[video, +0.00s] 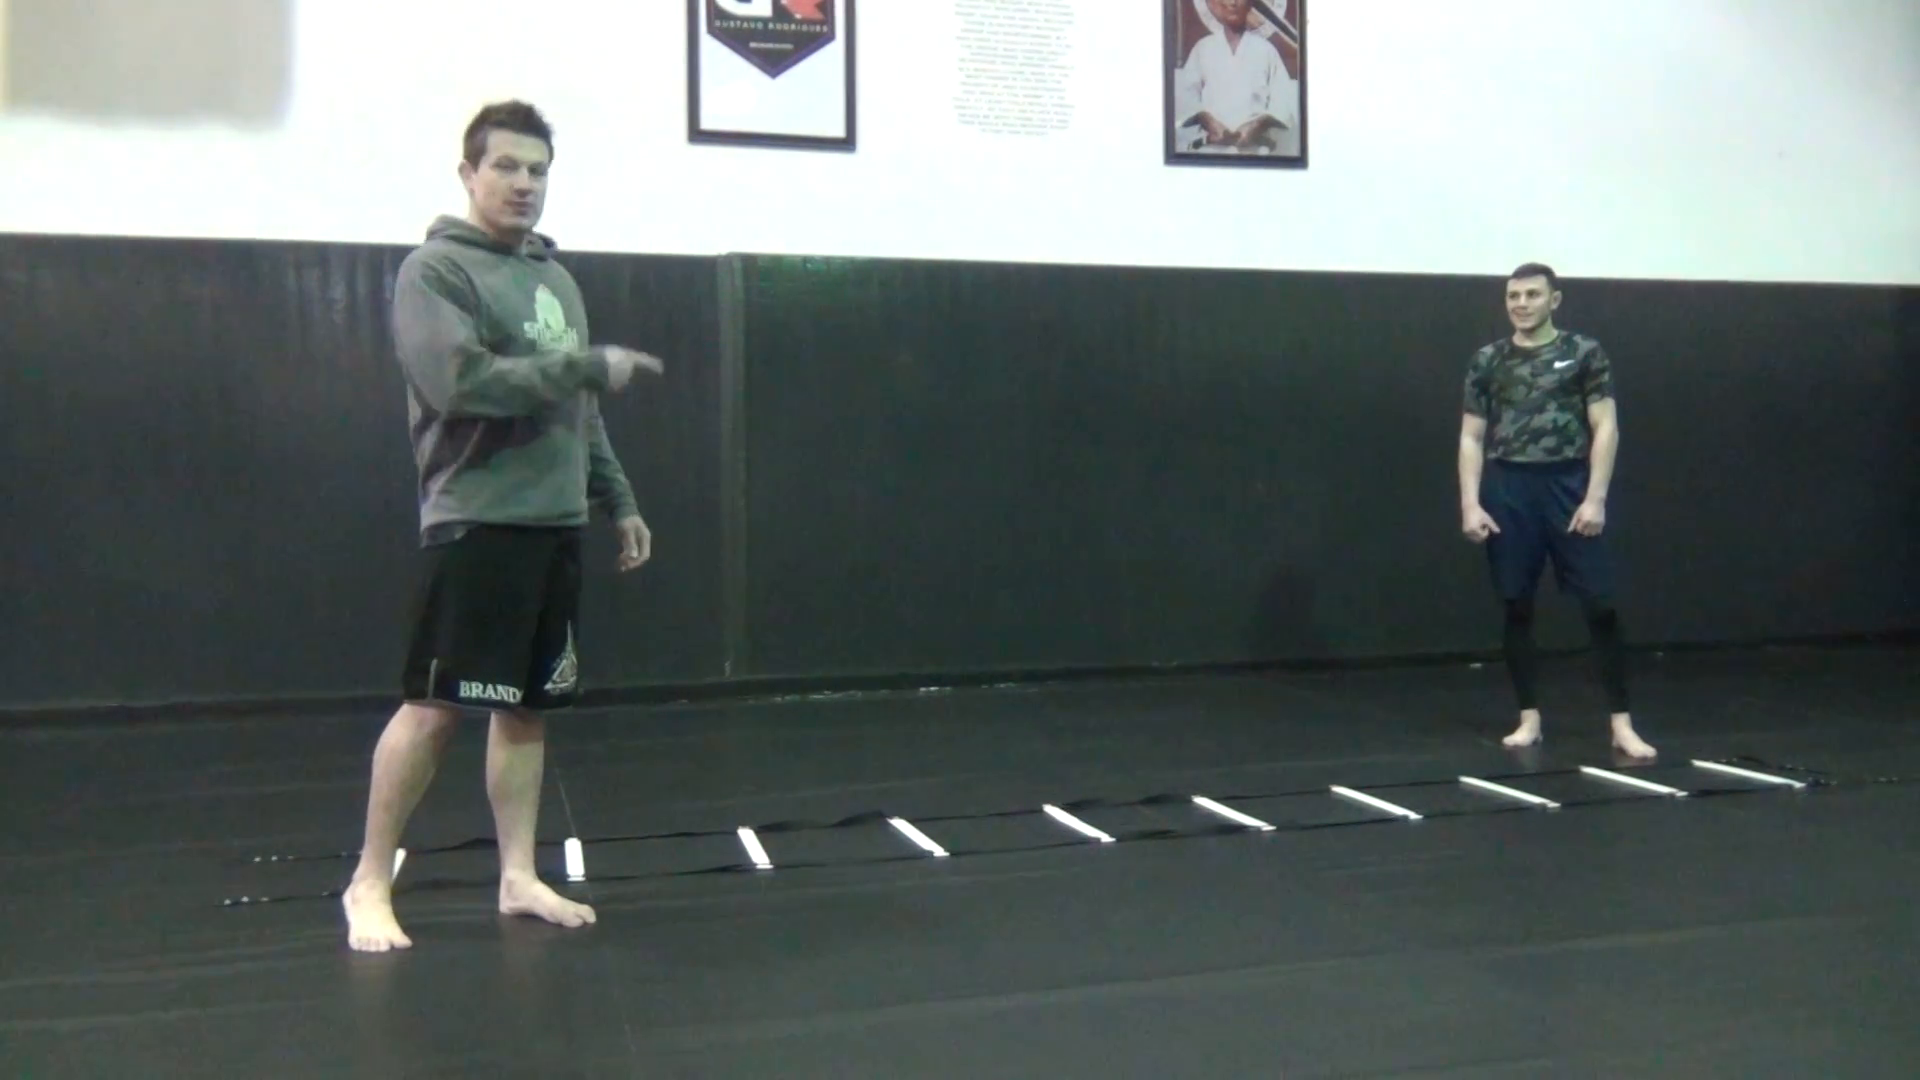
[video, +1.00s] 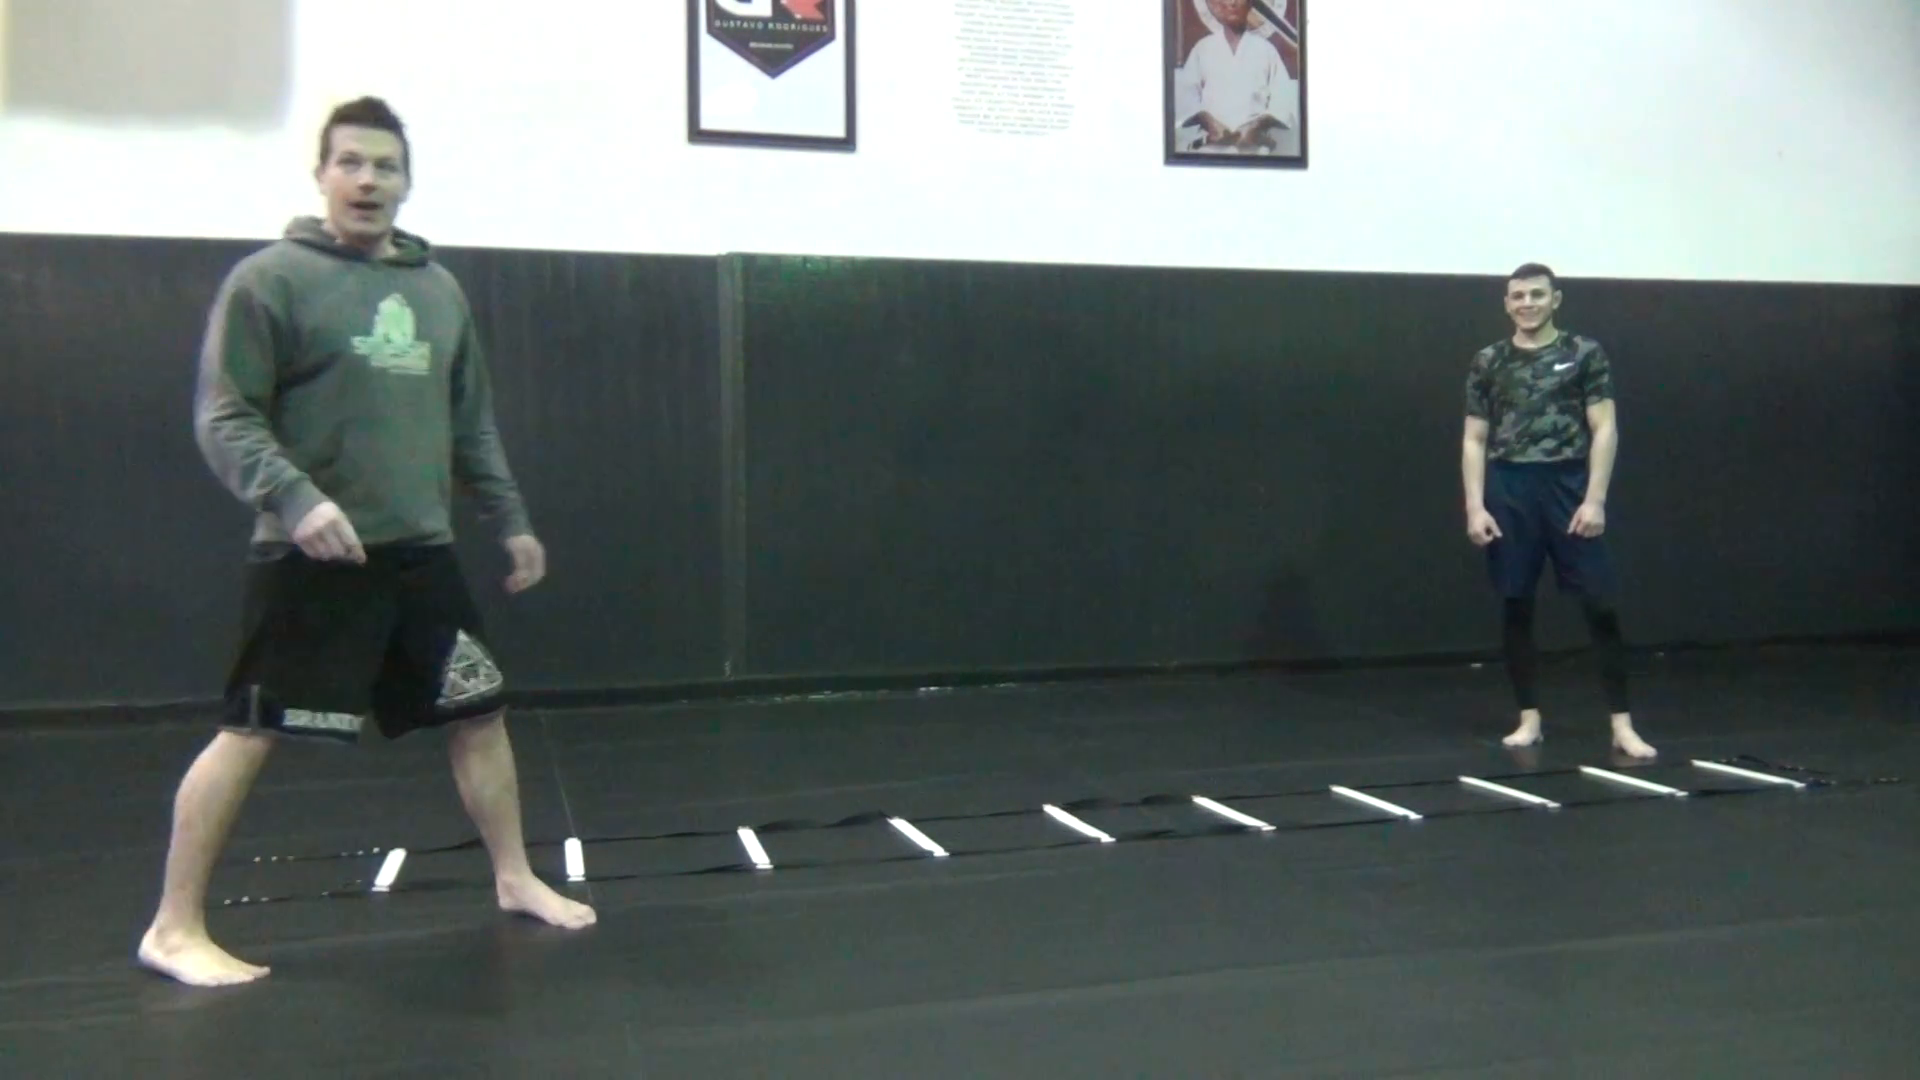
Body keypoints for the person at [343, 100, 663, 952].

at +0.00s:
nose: (523, 184)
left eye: (536, 170)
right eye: (506, 167)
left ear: (548, 182)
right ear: (468, 173)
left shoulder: (560, 282)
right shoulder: (432, 270)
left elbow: (583, 412)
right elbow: (455, 381)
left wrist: (620, 502)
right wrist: (585, 368)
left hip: (553, 523)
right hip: (473, 520)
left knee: (525, 709)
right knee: (432, 707)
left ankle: (519, 880)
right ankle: (370, 886)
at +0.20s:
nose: (533, 184)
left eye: (549, 170)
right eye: (517, 167)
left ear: (564, 182)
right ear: (483, 174)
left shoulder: (578, 284)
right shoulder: (437, 273)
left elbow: (600, 410)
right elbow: (402, 400)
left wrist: (621, 503)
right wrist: (498, 479)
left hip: (554, 536)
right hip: (468, 531)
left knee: (527, 710)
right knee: (434, 708)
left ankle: (520, 881)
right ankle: (374, 886)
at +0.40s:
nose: (549, 189)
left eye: (566, 177)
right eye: (535, 171)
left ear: (581, 187)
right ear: (501, 175)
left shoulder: (592, 292)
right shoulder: (443, 271)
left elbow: (609, 420)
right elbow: (392, 401)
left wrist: (634, 520)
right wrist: (357, 517)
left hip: (536, 536)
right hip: (444, 528)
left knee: (518, 709)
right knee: (415, 702)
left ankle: (520, 879)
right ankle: (361, 880)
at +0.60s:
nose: (536, 187)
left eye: (552, 175)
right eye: (521, 169)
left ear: (568, 189)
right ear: (488, 173)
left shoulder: (573, 297)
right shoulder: (423, 264)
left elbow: (597, 427)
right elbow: (352, 382)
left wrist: (640, 522)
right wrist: (318, 496)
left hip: (512, 536)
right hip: (416, 526)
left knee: (506, 711)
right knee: (363, 695)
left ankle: (518, 881)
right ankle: (269, 874)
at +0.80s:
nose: (467, 180)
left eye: (485, 167)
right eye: (451, 162)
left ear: (501, 180)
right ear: (418, 170)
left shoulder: (523, 290)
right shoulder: (362, 268)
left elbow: (558, 422)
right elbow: (310, 398)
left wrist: (602, 514)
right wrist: (330, 504)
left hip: (480, 542)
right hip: (380, 536)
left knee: (493, 715)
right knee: (308, 710)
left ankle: (518, 885)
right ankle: (201, 896)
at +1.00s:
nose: (367, 180)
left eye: (386, 166)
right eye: (350, 163)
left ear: (405, 181)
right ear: (320, 174)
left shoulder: (438, 290)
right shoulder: (266, 282)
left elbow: (473, 426)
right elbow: (224, 417)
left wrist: (512, 523)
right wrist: (298, 501)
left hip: (417, 556)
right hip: (306, 555)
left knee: (477, 706)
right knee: (250, 731)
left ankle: (517, 882)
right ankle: (174, 928)